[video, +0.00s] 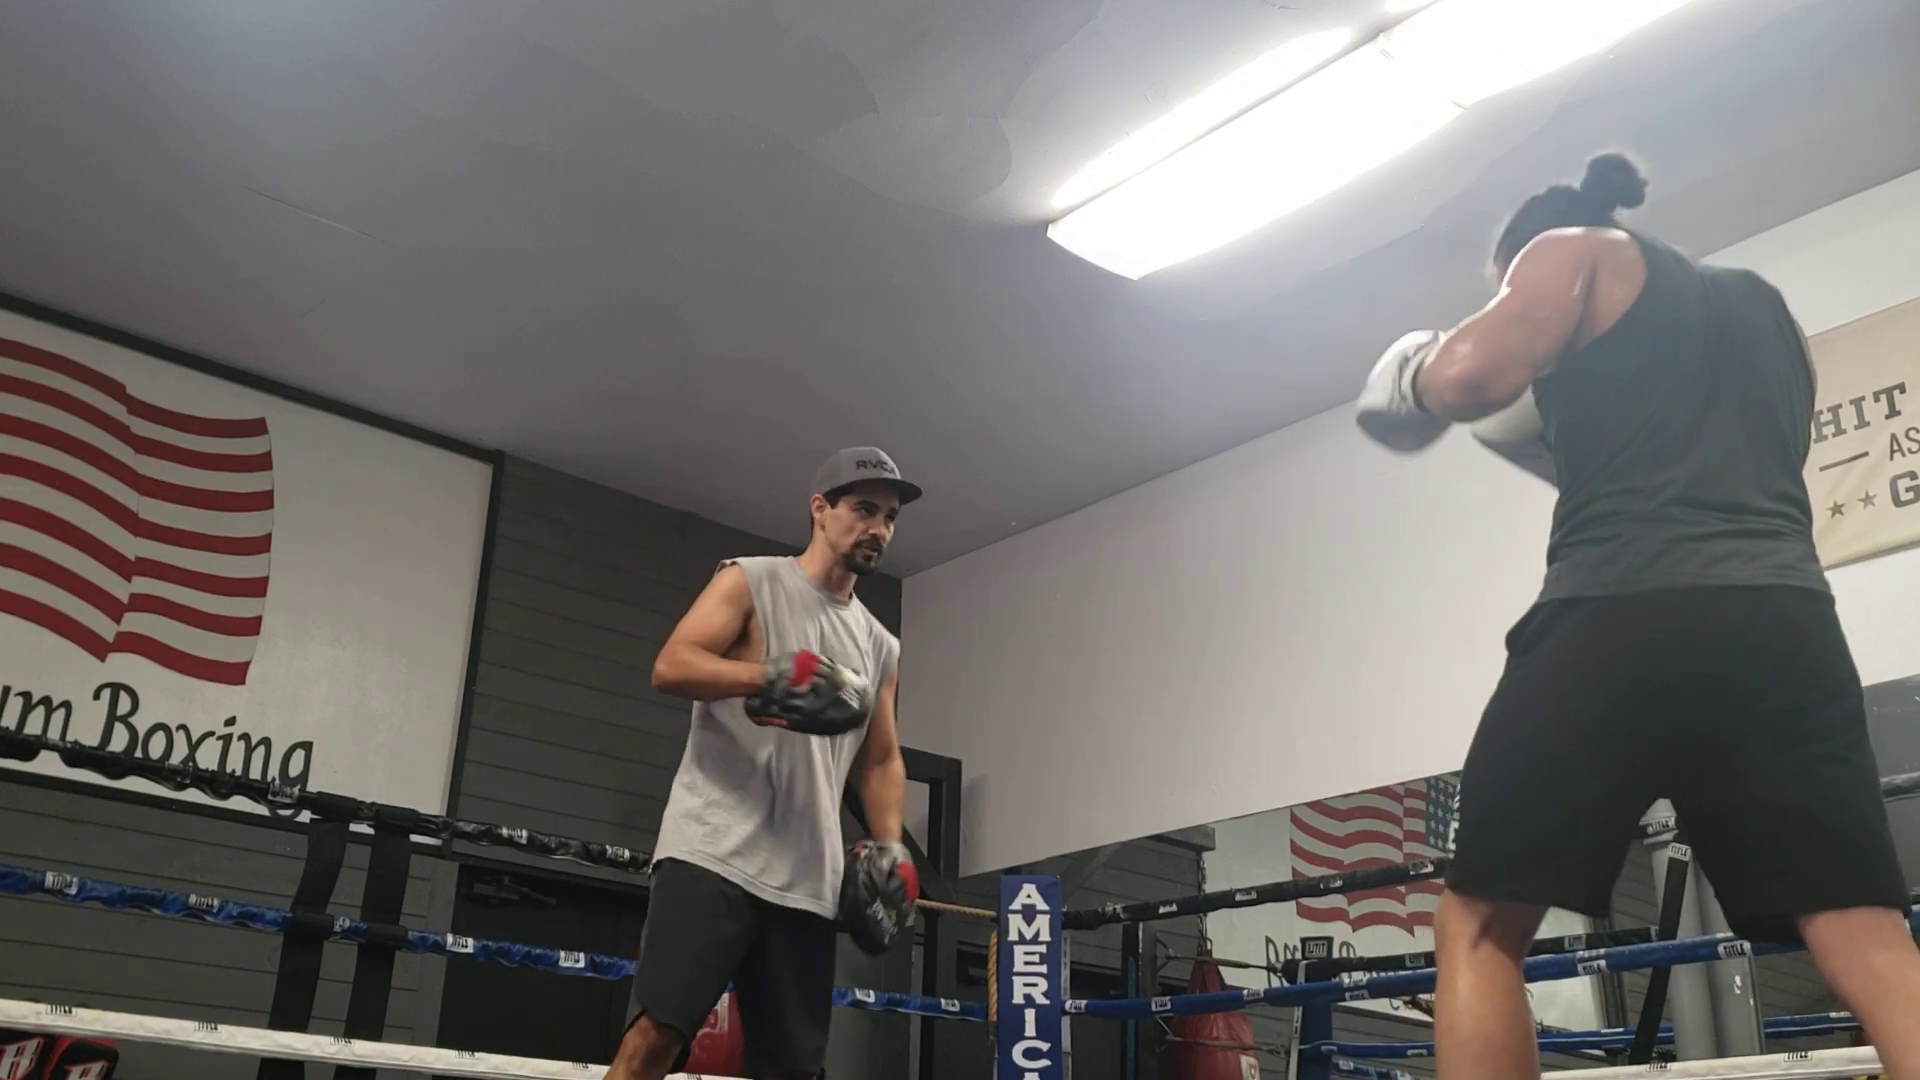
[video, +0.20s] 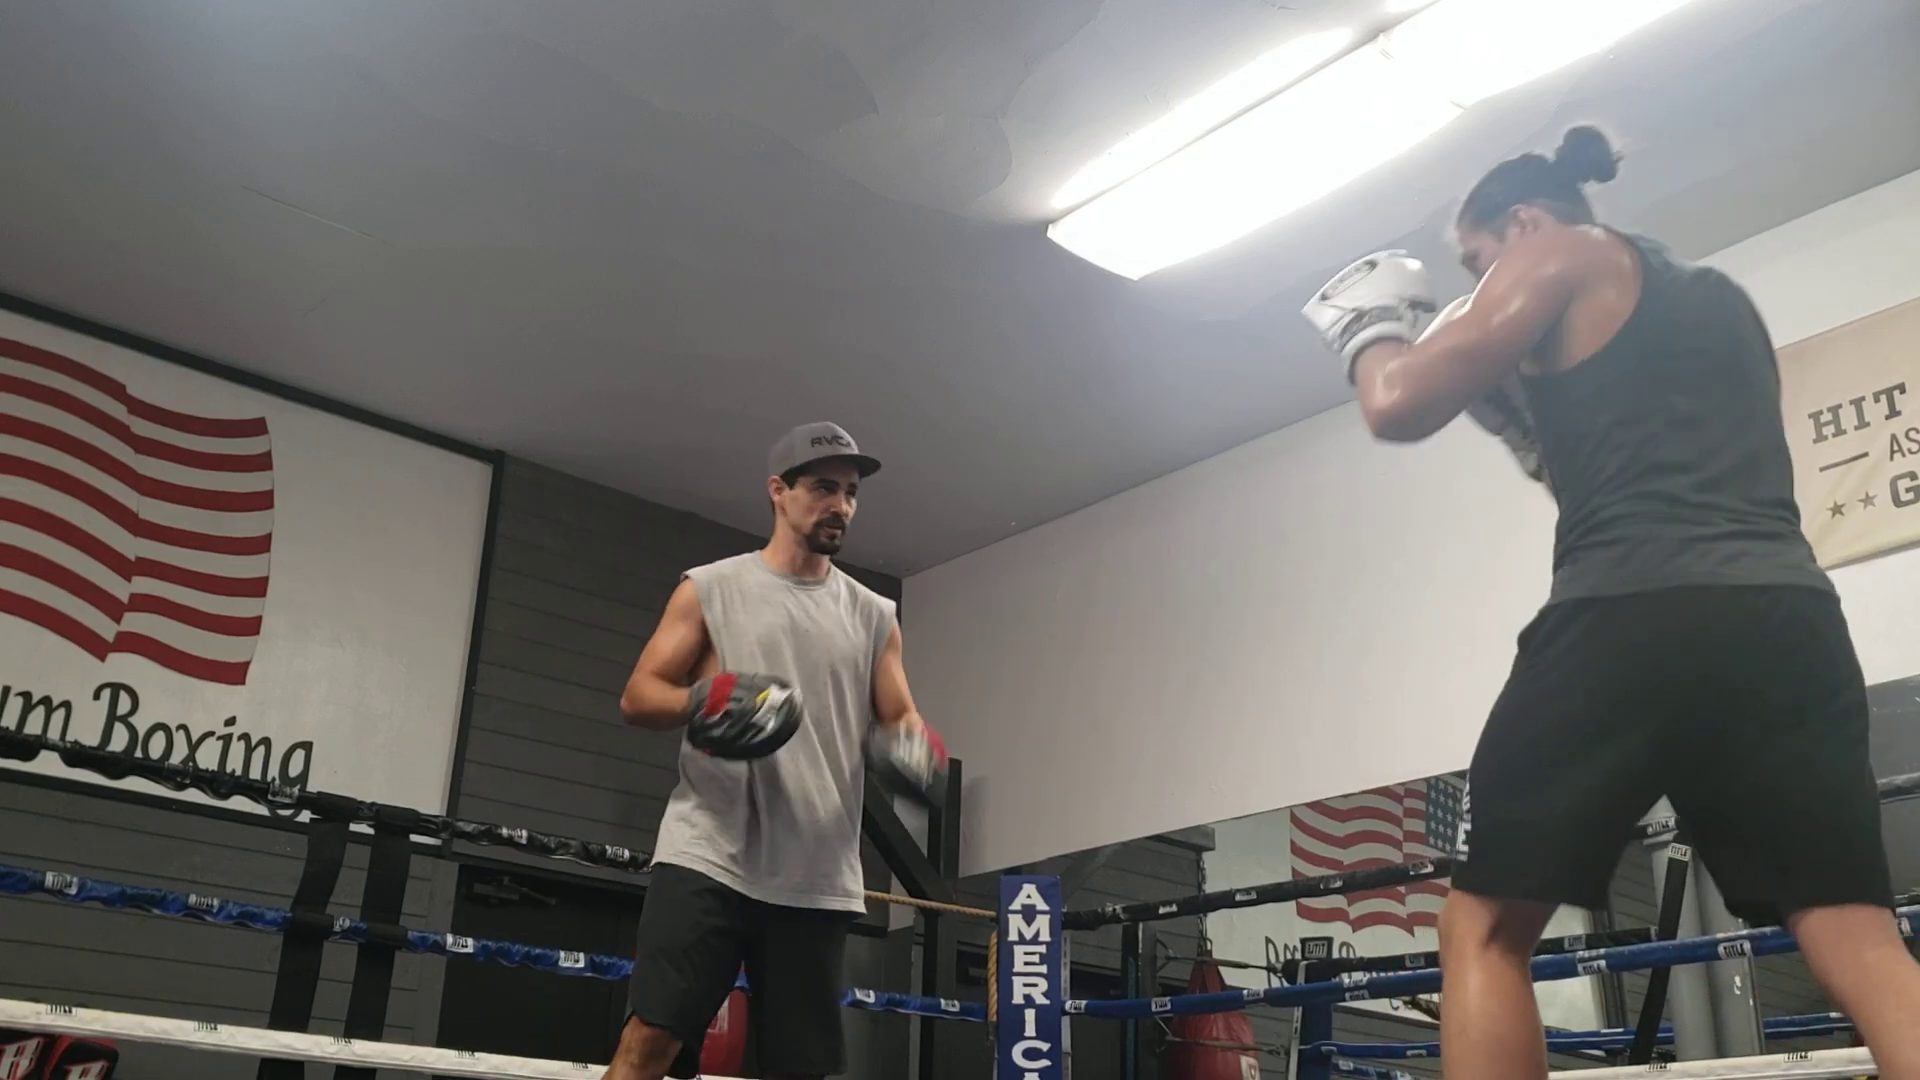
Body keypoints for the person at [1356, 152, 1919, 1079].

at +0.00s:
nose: (1515, 287)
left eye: (1513, 268)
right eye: (1510, 278)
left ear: (1547, 240)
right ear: (1615, 218)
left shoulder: (1578, 247)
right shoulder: (1766, 305)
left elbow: (1469, 378)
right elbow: (1675, 467)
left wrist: (1412, 371)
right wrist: (1512, 425)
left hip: (1613, 627)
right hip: (1782, 623)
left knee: (1481, 930)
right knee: (1871, 941)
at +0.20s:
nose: (1483, 283)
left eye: (1480, 257)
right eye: (1475, 268)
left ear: (1522, 219)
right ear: (1571, 208)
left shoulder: (1560, 250)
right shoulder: (1726, 296)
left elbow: (1393, 404)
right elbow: (1594, 459)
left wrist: (1370, 326)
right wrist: (1503, 399)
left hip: (1626, 619)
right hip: (1787, 615)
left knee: (1486, 932)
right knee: (1858, 936)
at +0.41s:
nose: (1360, 350)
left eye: (1357, 321)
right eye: (1349, 330)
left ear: (1406, 279)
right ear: (1422, 275)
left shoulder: (1510, 314)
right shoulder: (1602, 335)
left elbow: (1495, 520)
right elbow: (1540, 518)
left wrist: (1389, 456)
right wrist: (1428, 457)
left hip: (1612, 638)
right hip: (1749, 629)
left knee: (1465, 943)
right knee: (1808, 967)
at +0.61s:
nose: (1371, 367)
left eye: (1361, 347)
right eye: (1359, 355)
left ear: (1388, 303)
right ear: (1424, 285)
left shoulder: (1478, 322)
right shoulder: (1595, 361)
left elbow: (1366, 502)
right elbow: (1549, 575)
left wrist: (1325, 419)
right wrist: (1446, 516)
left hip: (1597, 644)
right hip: (1727, 639)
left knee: (1464, 947)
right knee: (1802, 972)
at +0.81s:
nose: (1443, 439)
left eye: (1447, 419)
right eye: (1440, 429)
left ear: (1470, 390)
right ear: (1538, 373)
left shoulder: (1496, 391)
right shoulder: (1672, 442)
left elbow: (1378, 545)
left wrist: (1376, 487)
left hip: (1629, 705)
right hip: (1769, 704)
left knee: (1441, 971)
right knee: (1848, 1008)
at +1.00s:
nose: (1514, 539)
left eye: (1511, 521)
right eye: (1507, 528)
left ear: (1542, 477)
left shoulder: (1581, 471)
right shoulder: (1737, 526)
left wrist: (1456, 605)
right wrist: (1594, 697)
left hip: (1688, 764)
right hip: (1830, 780)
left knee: (1472, 993)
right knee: (1838, 1038)